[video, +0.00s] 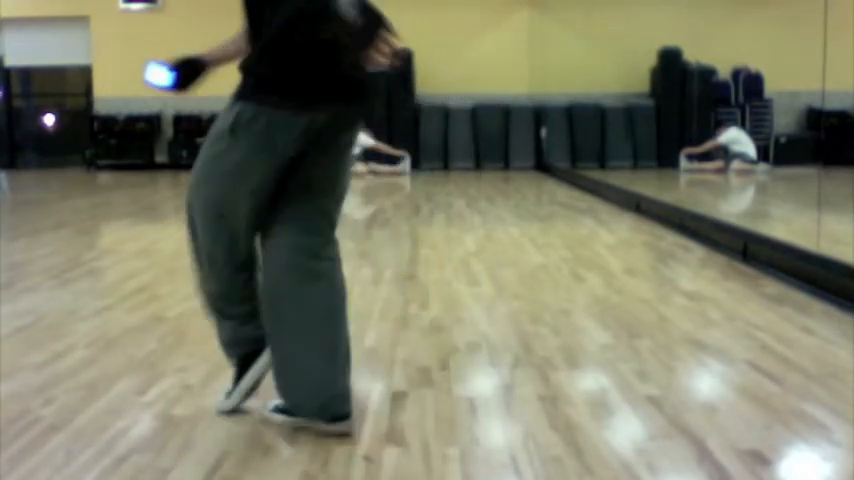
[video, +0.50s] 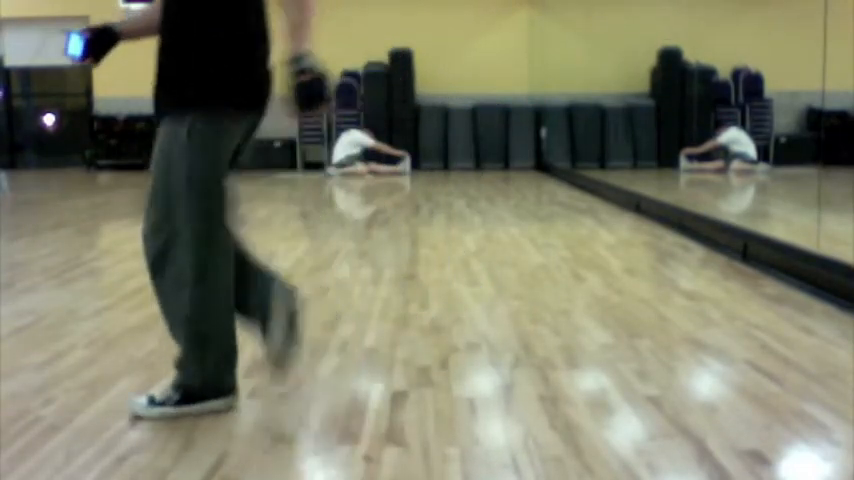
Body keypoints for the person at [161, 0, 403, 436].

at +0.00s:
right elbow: (269, 26)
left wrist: (364, 27)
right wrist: (204, 60)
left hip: (280, 75)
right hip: (340, 76)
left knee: (215, 204)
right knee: (302, 235)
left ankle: (245, 342)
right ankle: (320, 402)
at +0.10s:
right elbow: (255, 17)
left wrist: (366, 25)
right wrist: (190, 44)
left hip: (269, 67)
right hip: (327, 68)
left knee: (213, 193)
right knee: (304, 226)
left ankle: (241, 333)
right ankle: (320, 390)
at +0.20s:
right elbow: (237, 6)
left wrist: (359, 19)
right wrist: (175, 23)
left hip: (262, 49)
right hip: (320, 49)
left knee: (206, 180)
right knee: (304, 205)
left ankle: (230, 330)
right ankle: (321, 377)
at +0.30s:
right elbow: (213, 9)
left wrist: (353, 34)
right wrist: (148, 13)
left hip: (241, 70)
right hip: (295, 66)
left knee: (184, 209)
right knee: (283, 217)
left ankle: (204, 358)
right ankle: (326, 385)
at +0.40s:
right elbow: (197, 11)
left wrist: (348, 49)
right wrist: (130, 19)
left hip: (227, 82)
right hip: (267, 78)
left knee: (179, 229)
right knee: (263, 226)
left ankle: (198, 377)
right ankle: (322, 377)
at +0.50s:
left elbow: (294, 1)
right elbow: (177, 12)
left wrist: (300, 58)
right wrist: (116, 31)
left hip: (212, 82)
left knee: (176, 234)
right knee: (184, 223)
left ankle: (206, 380)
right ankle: (269, 302)